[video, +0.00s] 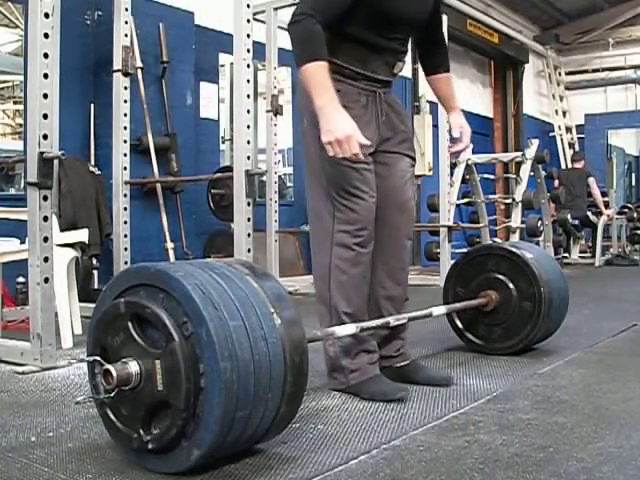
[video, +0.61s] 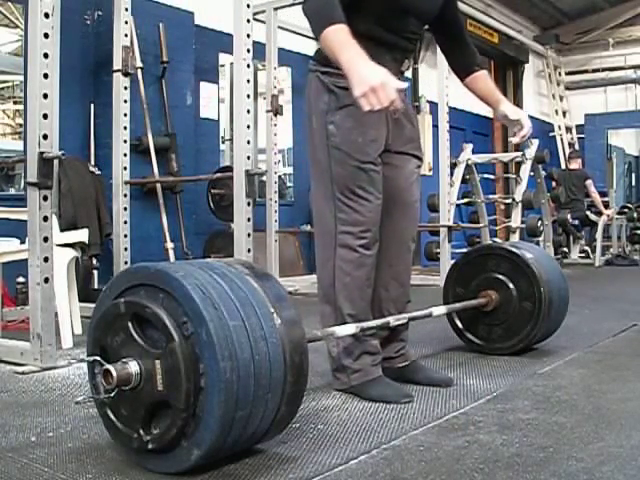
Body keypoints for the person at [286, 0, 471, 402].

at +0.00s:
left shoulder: (429, 6)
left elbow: (431, 42)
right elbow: (304, 20)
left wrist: (453, 110)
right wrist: (329, 110)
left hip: (384, 96)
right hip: (334, 88)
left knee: (397, 217)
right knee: (351, 219)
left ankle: (391, 350)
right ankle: (348, 363)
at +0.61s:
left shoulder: (441, 4)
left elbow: (462, 54)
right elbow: (318, 4)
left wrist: (502, 105)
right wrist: (357, 64)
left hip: (394, 88)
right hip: (340, 83)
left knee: (401, 219)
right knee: (356, 221)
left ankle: (391, 352)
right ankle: (352, 362)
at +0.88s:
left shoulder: (439, 2)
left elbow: (459, 34)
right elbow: (333, 2)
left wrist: (512, 90)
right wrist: (389, 37)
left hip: (404, 90)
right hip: (354, 82)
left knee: (407, 225)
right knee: (361, 224)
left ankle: (394, 354)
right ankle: (355, 364)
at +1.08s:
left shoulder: (439, 2)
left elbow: (461, 32)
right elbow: (333, 1)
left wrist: (516, 85)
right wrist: (392, 30)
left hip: (405, 87)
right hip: (356, 81)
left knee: (408, 227)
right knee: (363, 225)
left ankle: (395, 353)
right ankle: (356, 365)